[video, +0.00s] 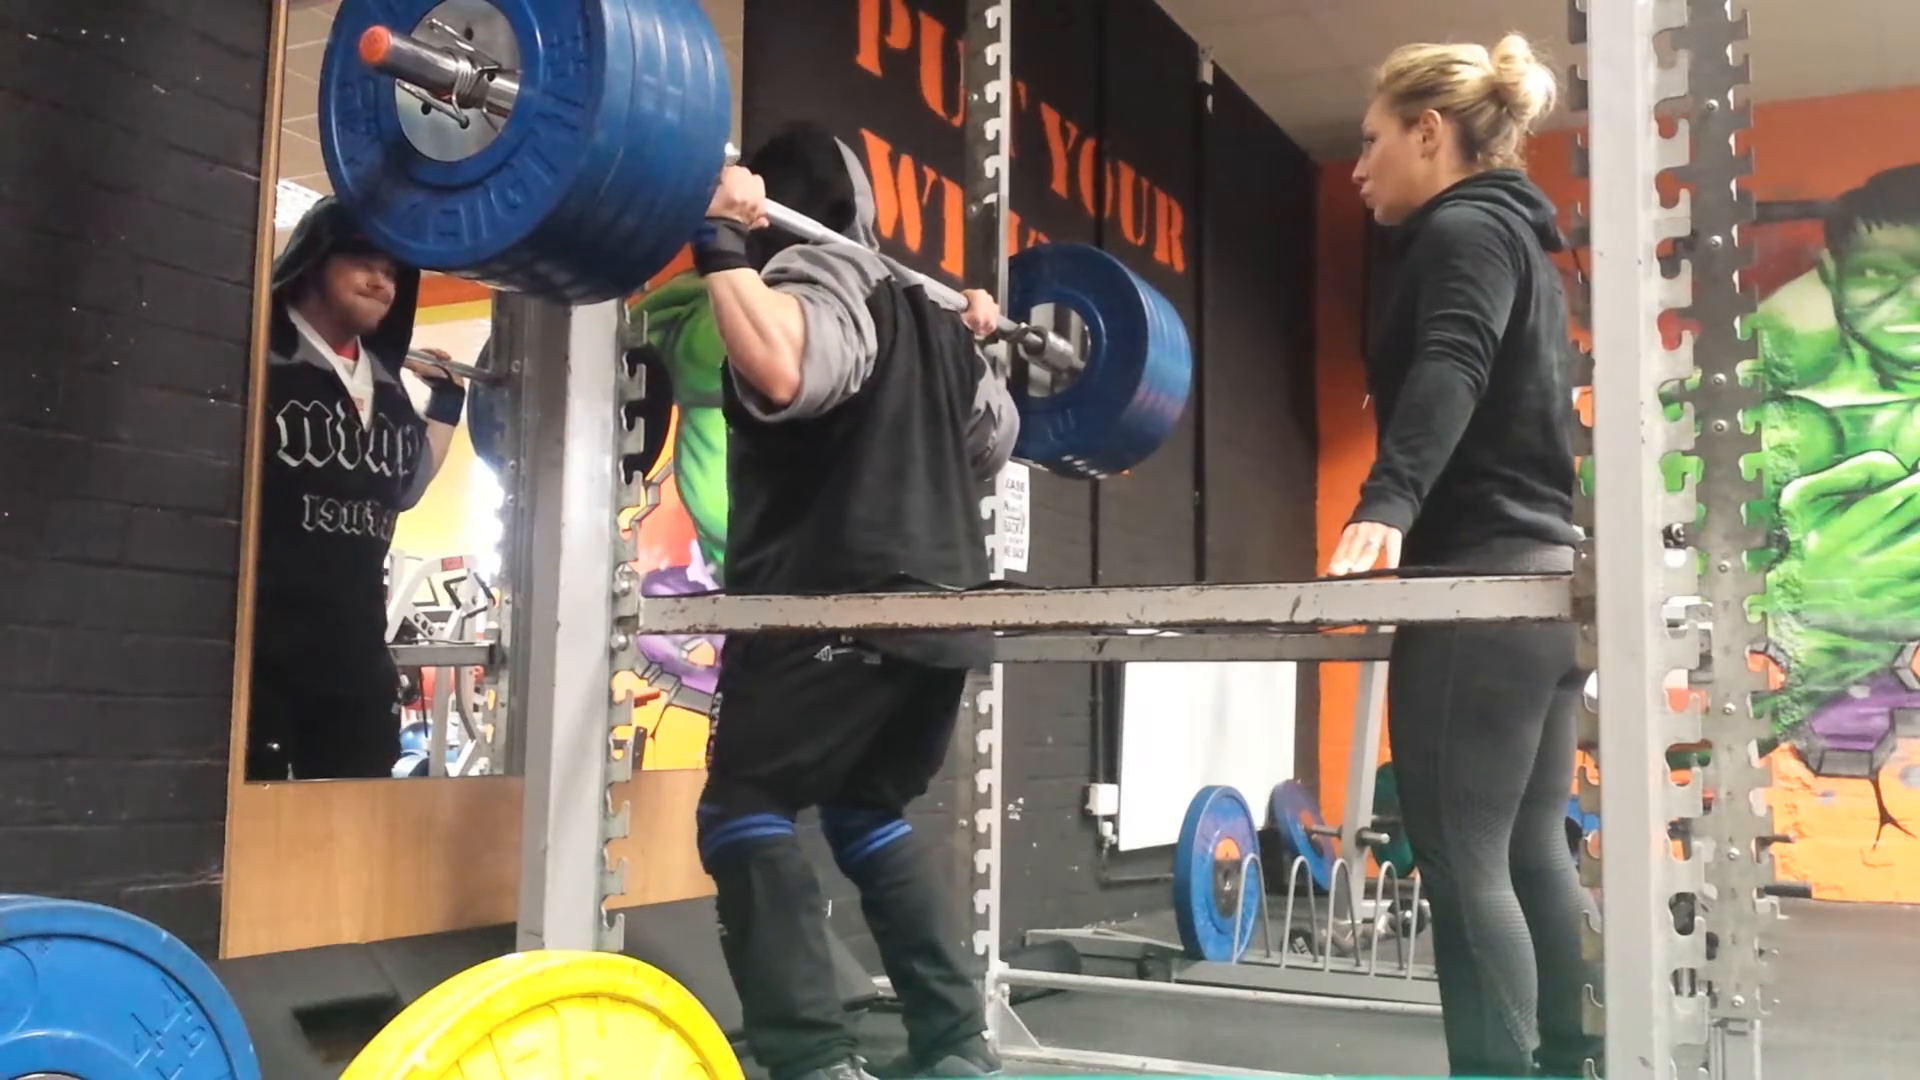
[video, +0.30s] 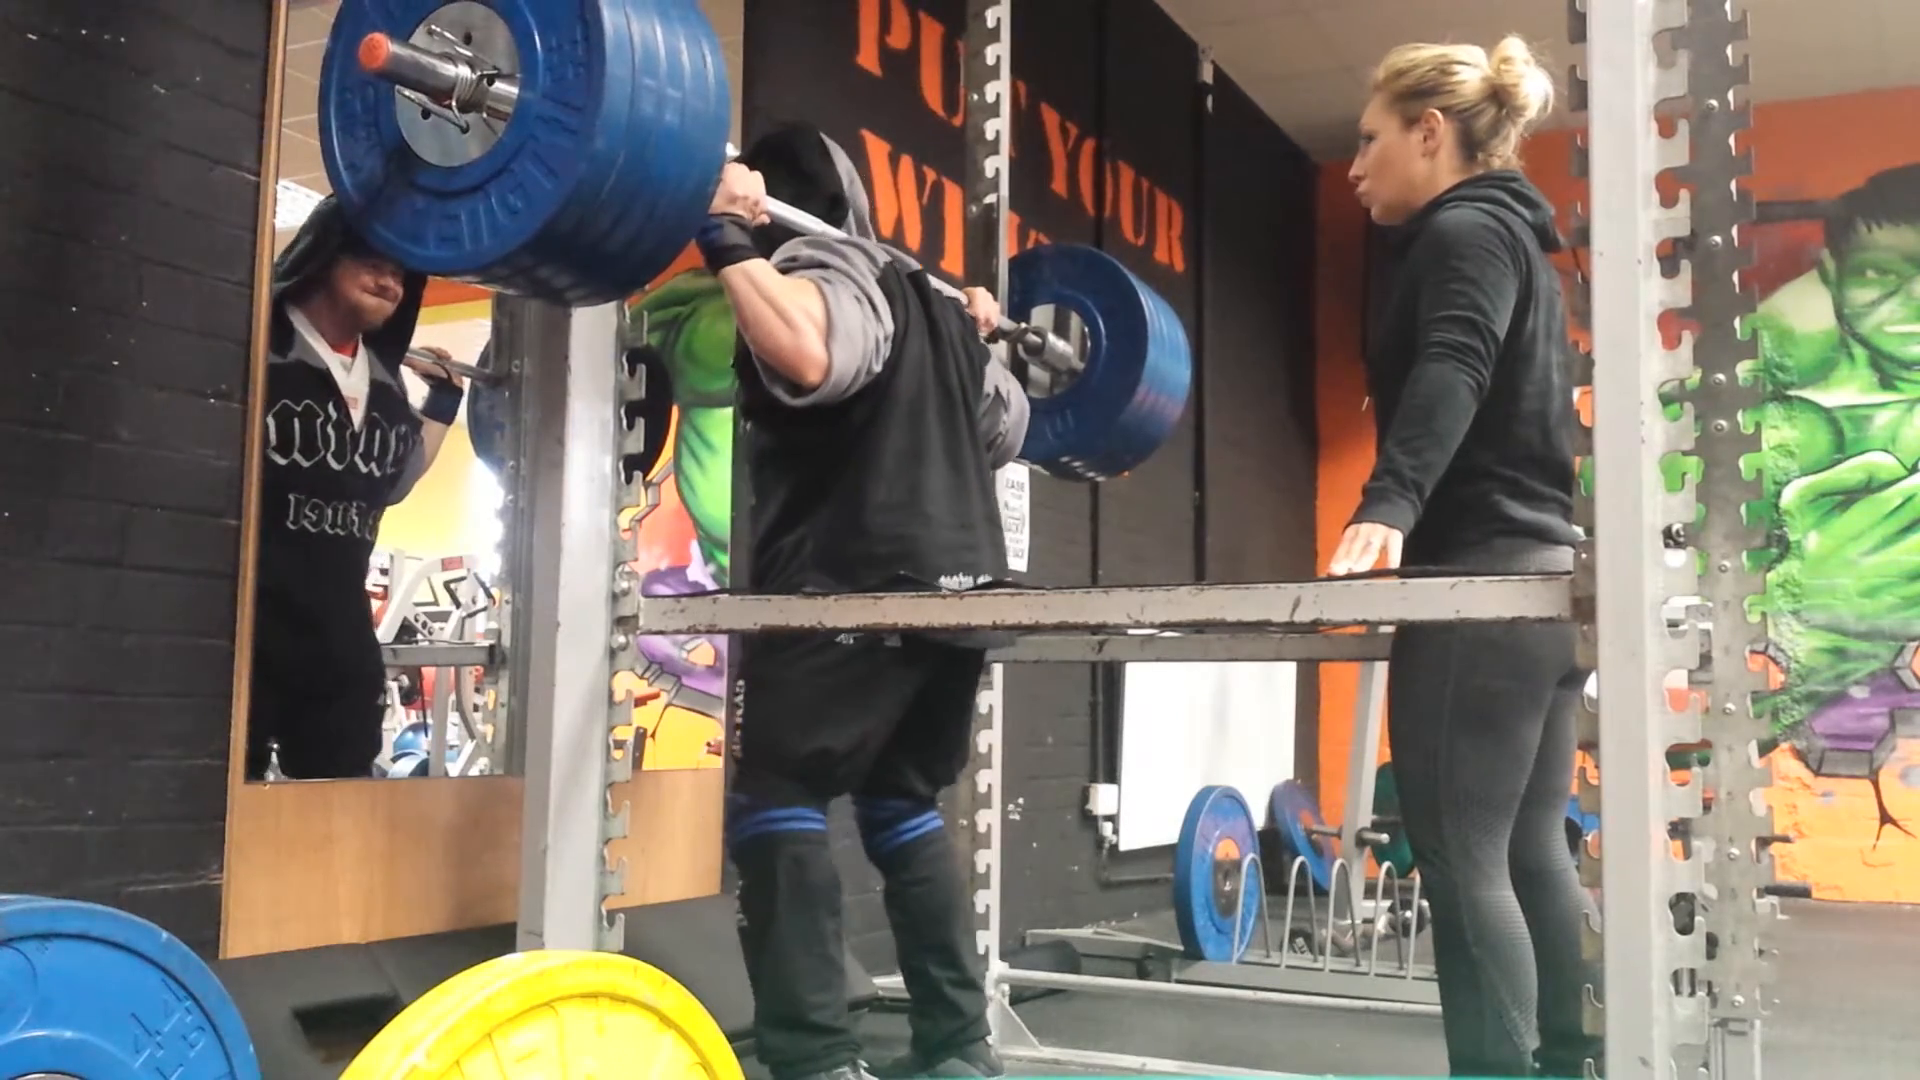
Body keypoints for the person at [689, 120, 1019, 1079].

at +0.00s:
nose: (751, 222)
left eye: (758, 205)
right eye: (750, 202)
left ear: (781, 207)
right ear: (859, 205)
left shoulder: (809, 275)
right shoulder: (928, 303)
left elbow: (783, 370)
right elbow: (991, 445)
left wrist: (719, 244)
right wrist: (983, 344)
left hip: (823, 607)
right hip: (947, 611)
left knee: (746, 807)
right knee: (867, 809)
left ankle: (803, 1050)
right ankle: (952, 1046)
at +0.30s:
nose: (746, 227)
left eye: (752, 207)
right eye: (741, 206)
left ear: (783, 204)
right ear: (851, 198)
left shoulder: (819, 261)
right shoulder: (928, 291)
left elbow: (808, 356)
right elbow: (1008, 423)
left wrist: (728, 240)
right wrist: (988, 338)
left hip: (840, 590)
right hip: (959, 588)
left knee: (775, 798)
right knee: (903, 801)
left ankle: (804, 1044)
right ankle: (955, 1044)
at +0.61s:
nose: (750, 220)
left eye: (756, 199)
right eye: (746, 200)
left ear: (786, 193)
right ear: (860, 189)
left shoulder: (826, 248)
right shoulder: (934, 280)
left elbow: (816, 340)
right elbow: (1013, 412)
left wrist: (739, 221)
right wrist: (989, 325)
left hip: (848, 571)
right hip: (967, 569)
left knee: (809, 790)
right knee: (921, 790)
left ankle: (810, 1040)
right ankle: (958, 1040)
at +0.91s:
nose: (764, 216)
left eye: (773, 194)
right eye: (763, 194)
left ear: (802, 187)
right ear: (871, 182)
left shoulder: (842, 241)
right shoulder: (952, 274)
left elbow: (840, 335)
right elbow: (1026, 408)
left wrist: (763, 212)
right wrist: (1009, 320)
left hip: (871, 568)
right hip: (986, 567)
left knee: (833, 797)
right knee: (940, 799)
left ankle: (817, 1050)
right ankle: (964, 1046)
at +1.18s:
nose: (786, 205)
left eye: (792, 186)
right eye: (786, 186)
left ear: (823, 184)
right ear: (886, 183)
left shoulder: (865, 241)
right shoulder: (972, 276)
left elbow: (869, 338)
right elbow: (1046, 407)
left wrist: (788, 217)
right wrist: (1034, 326)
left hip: (891, 568)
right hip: (1002, 566)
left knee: (845, 793)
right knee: (945, 798)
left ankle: (819, 1047)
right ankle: (963, 1044)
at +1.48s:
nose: (818, 204)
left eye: (822, 185)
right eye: (822, 185)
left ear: (853, 188)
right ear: (913, 183)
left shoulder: (897, 249)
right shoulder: (997, 279)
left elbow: (904, 342)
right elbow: (1075, 406)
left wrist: (825, 221)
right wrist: (1057, 325)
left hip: (912, 570)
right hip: (1025, 569)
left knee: (844, 786)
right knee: (957, 796)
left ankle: (827, 1048)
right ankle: (961, 1050)